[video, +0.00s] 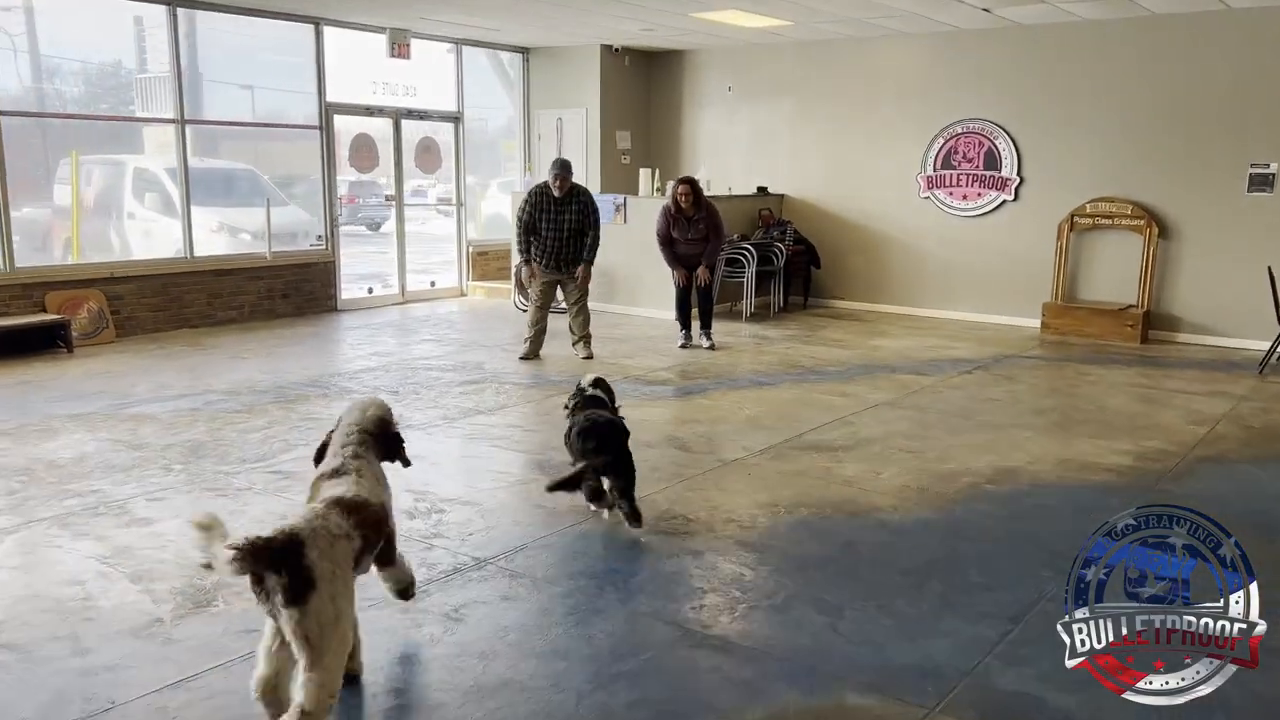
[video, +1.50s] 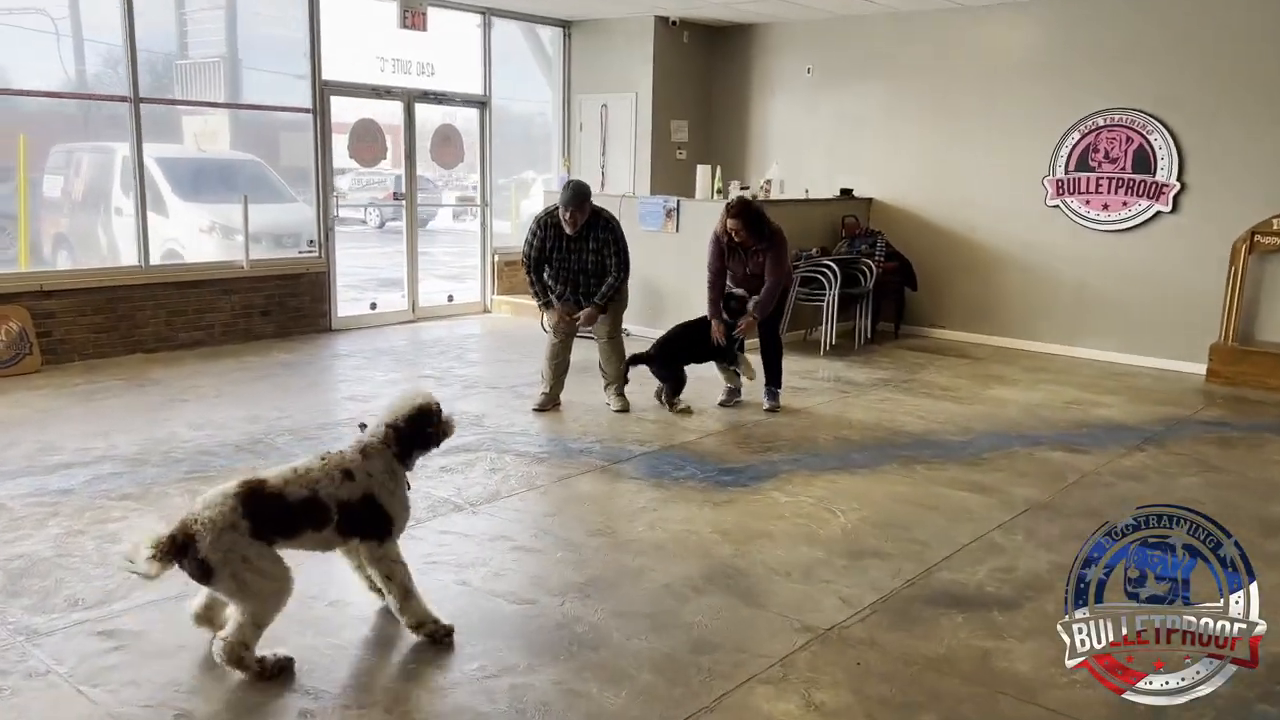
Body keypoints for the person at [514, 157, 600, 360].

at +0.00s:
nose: (558, 183)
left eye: (563, 179)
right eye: (554, 178)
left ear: (571, 177)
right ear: (549, 177)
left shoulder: (583, 196)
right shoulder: (536, 195)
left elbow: (594, 231)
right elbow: (522, 228)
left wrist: (587, 263)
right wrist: (526, 261)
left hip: (573, 265)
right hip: (543, 264)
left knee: (578, 308)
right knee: (537, 308)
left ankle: (583, 346)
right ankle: (531, 347)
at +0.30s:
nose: (545, 196)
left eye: (551, 192)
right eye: (541, 191)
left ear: (559, 188)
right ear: (535, 187)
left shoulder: (573, 206)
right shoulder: (519, 203)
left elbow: (590, 236)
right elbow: (498, 231)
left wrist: (595, 267)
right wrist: (494, 266)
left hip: (564, 269)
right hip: (527, 268)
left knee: (568, 314)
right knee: (525, 314)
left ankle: (574, 359)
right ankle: (519, 357)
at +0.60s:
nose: (537, 209)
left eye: (543, 205)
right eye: (534, 204)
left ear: (553, 202)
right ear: (528, 200)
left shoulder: (567, 215)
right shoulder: (514, 215)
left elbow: (588, 249)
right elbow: (499, 252)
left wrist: (595, 286)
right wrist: (500, 290)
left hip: (562, 275)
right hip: (524, 273)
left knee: (566, 320)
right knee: (521, 320)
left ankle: (572, 369)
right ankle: (514, 367)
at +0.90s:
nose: (533, 223)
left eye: (539, 220)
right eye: (530, 217)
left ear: (552, 217)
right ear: (525, 212)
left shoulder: (566, 226)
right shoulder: (513, 225)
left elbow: (592, 262)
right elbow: (499, 264)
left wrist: (614, 297)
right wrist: (499, 302)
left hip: (563, 281)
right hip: (525, 280)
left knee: (567, 324)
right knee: (520, 326)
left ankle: (573, 372)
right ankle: (514, 374)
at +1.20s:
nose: (547, 224)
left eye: (554, 220)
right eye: (544, 218)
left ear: (566, 217)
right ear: (539, 212)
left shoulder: (584, 230)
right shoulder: (524, 228)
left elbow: (590, 276)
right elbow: (512, 268)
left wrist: (573, 310)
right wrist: (521, 307)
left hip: (578, 287)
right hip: (542, 286)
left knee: (584, 330)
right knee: (534, 331)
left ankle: (590, 383)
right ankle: (527, 384)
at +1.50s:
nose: (569, 217)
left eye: (577, 212)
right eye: (565, 210)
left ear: (589, 208)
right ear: (559, 205)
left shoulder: (607, 225)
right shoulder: (543, 223)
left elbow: (619, 271)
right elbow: (531, 267)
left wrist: (596, 307)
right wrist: (548, 307)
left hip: (603, 290)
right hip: (564, 289)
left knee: (608, 335)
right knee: (557, 336)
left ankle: (615, 392)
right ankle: (550, 392)